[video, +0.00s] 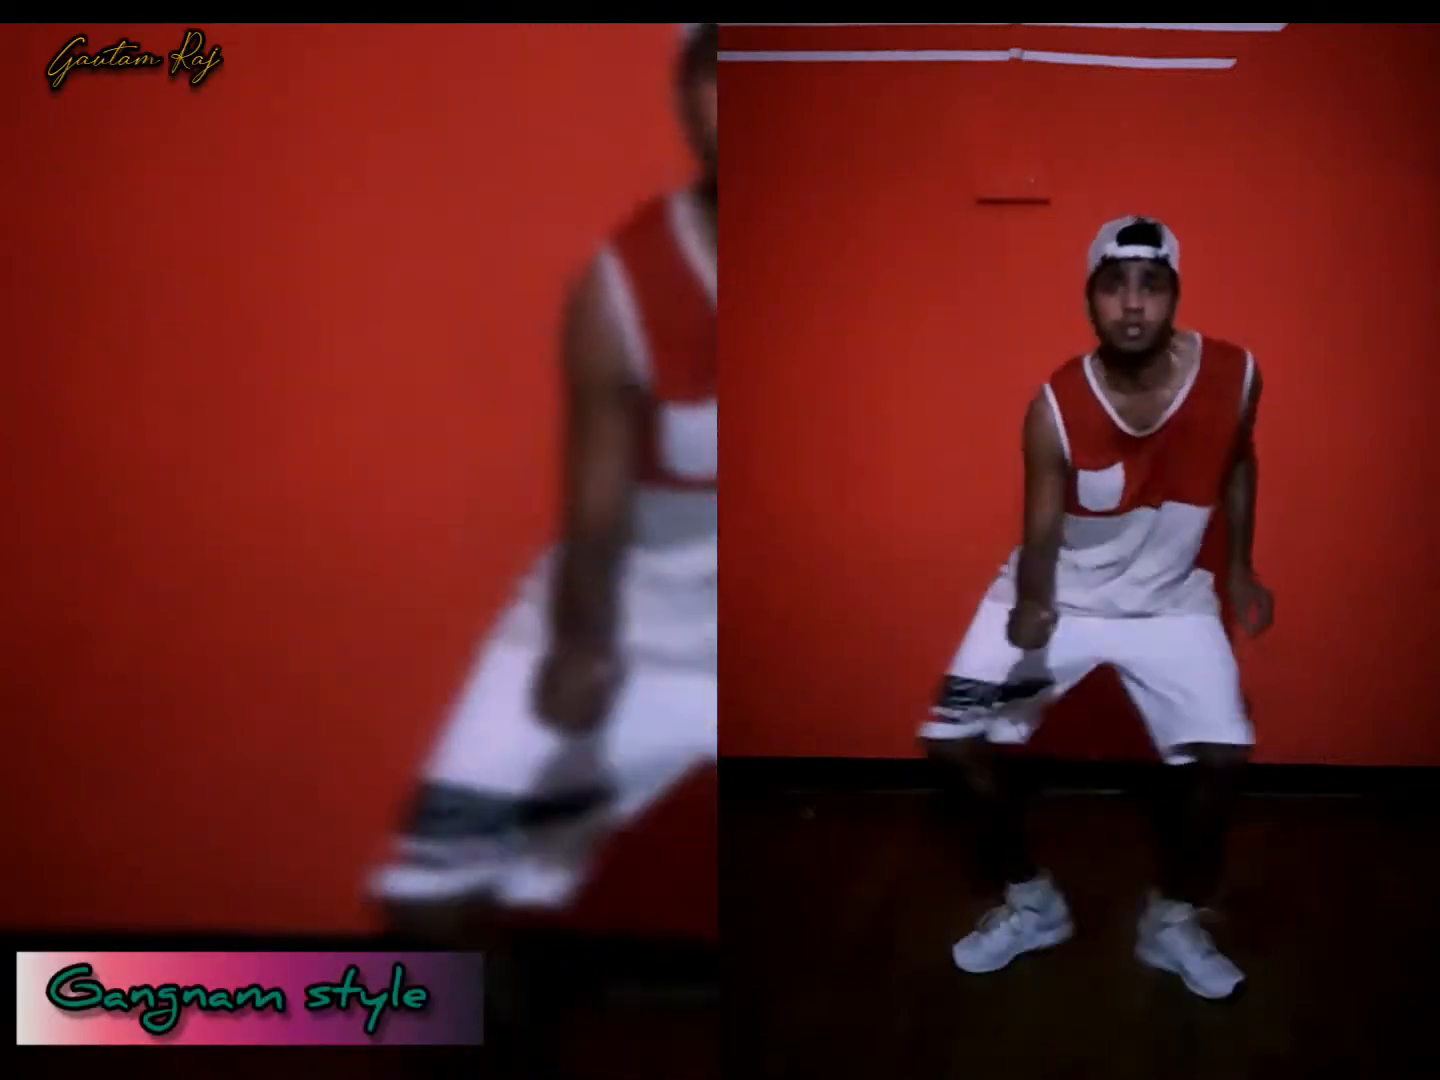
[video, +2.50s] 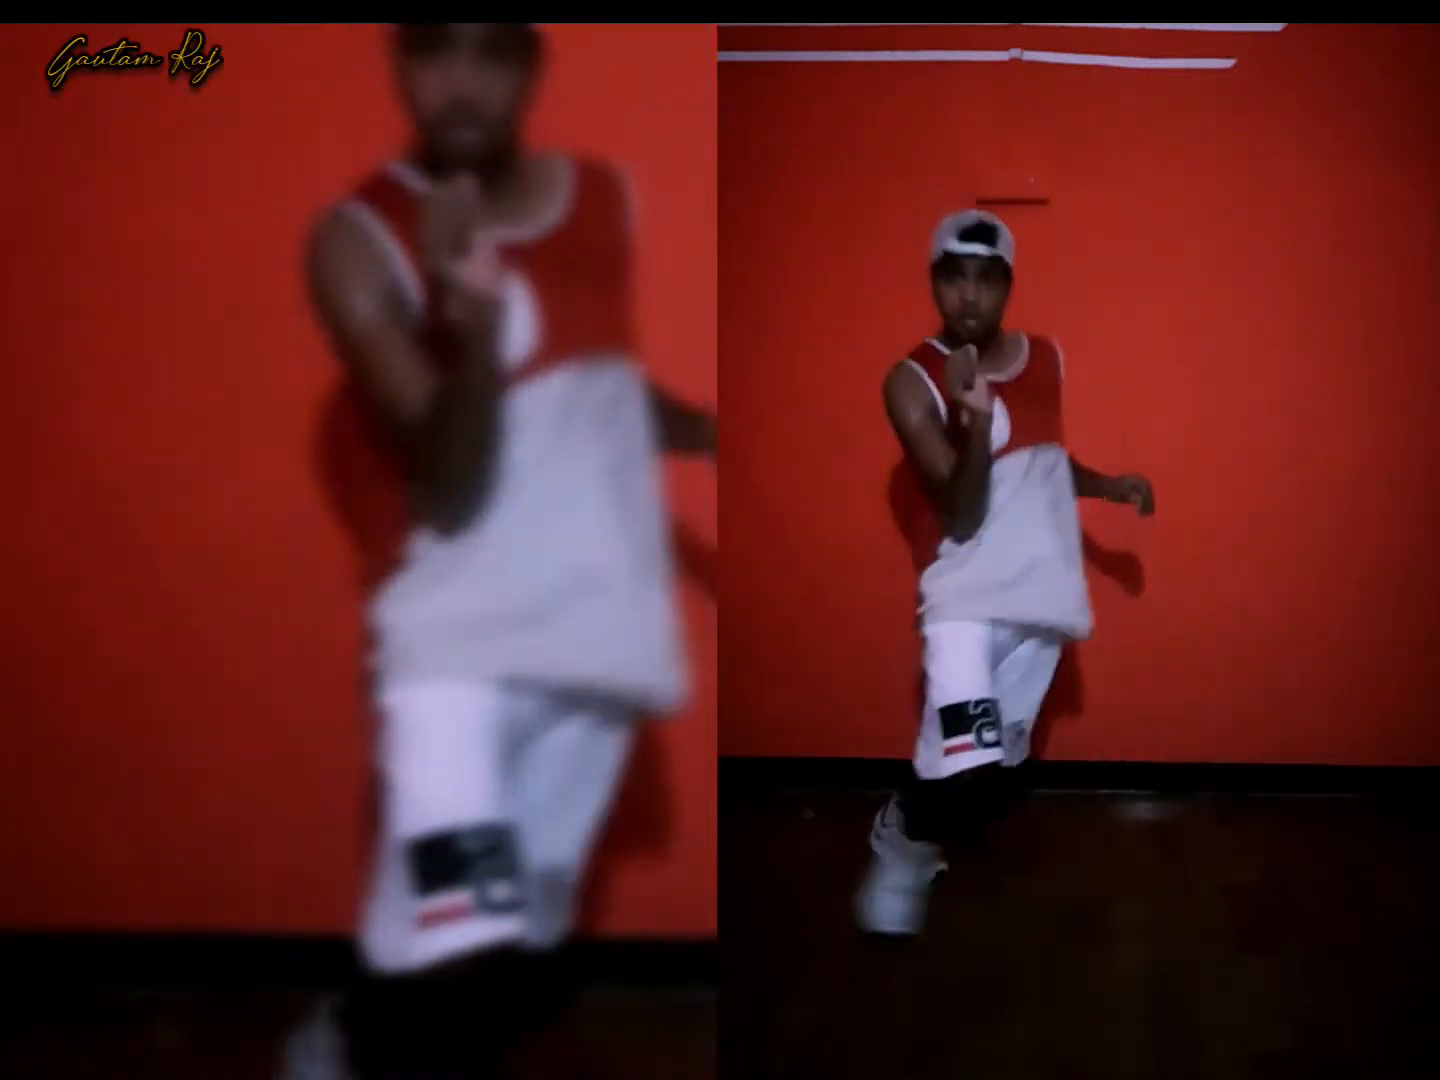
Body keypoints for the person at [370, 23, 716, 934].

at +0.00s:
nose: (730, 113)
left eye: (744, 87)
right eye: (714, 84)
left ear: (804, 106)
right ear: (686, 102)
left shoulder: (866, 255)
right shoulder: (635, 278)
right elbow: (599, 488)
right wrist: (581, 642)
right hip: (656, 592)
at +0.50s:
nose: (634, 106)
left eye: (673, 76)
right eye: (606, 71)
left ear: (717, 107)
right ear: (566, 90)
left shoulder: (759, 248)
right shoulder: (498, 219)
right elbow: (461, 360)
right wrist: (458, 553)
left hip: (722, 649)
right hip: (560, 628)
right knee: (454, 904)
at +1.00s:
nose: (703, 136)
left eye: (722, 107)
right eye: (680, 107)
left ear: (761, 122)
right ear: (649, 122)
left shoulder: (823, 268)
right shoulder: (605, 286)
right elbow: (607, 540)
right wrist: (647, 518)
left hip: (772, 597)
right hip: (625, 595)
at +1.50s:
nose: (593, 138)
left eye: (628, 109)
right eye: (563, 104)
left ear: (673, 133)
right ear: (523, 127)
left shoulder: (739, 269)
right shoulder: (484, 265)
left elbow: (814, 455)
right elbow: (480, 455)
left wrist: (735, 590)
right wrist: (472, 609)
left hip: (713, 645)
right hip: (552, 638)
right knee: (432, 892)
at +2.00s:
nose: (564, 186)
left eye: (599, 155)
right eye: (536, 153)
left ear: (647, 173)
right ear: (498, 170)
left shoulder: (720, 323)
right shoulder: (466, 280)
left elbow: (788, 491)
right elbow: (459, 438)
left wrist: (727, 599)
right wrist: (469, 524)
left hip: (697, 653)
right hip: (541, 647)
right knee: (405, 912)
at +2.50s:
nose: (460, 85)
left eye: (490, 55)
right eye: (434, 54)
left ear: (533, 71)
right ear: (401, 72)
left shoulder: (595, 197)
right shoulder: (362, 237)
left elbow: (595, 386)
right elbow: (444, 485)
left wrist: (723, 435)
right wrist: (468, 337)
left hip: (600, 629)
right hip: (456, 633)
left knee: (527, 962)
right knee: (450, 955)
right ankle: (330, 1053)